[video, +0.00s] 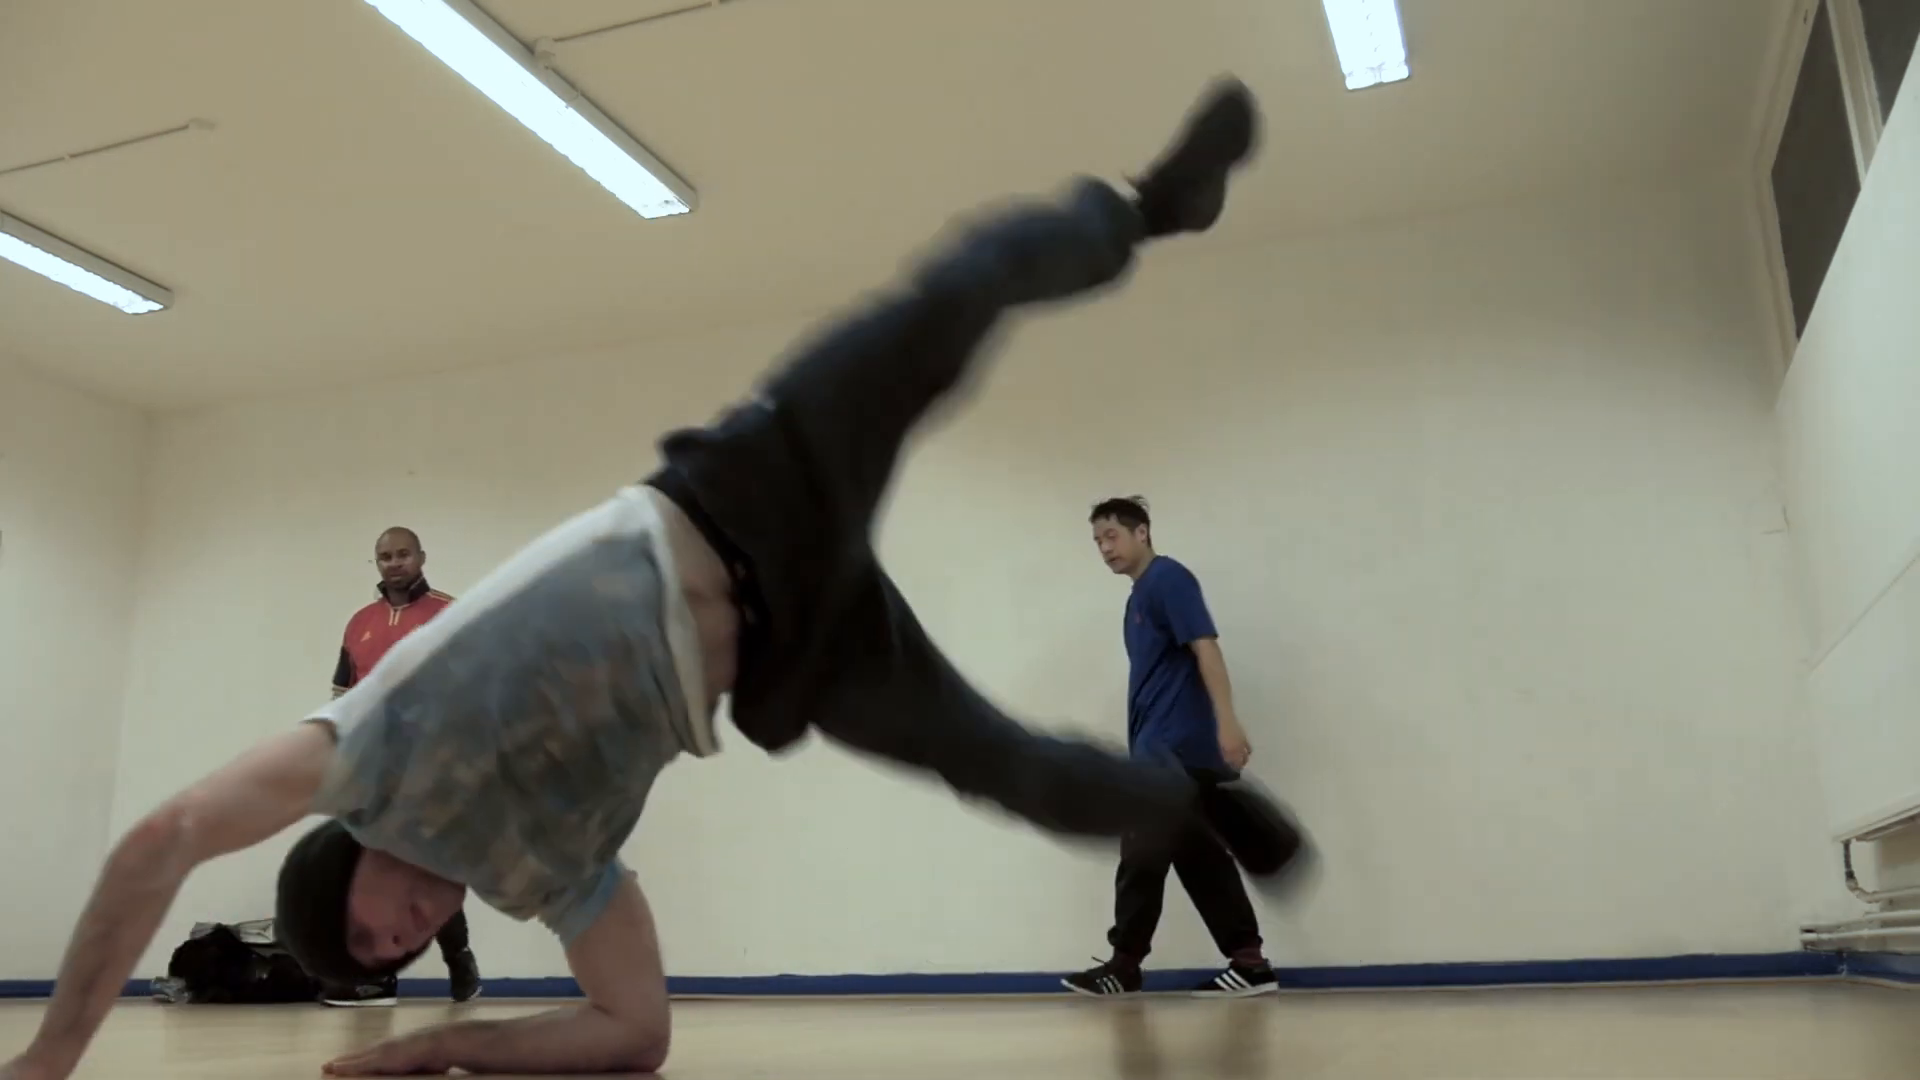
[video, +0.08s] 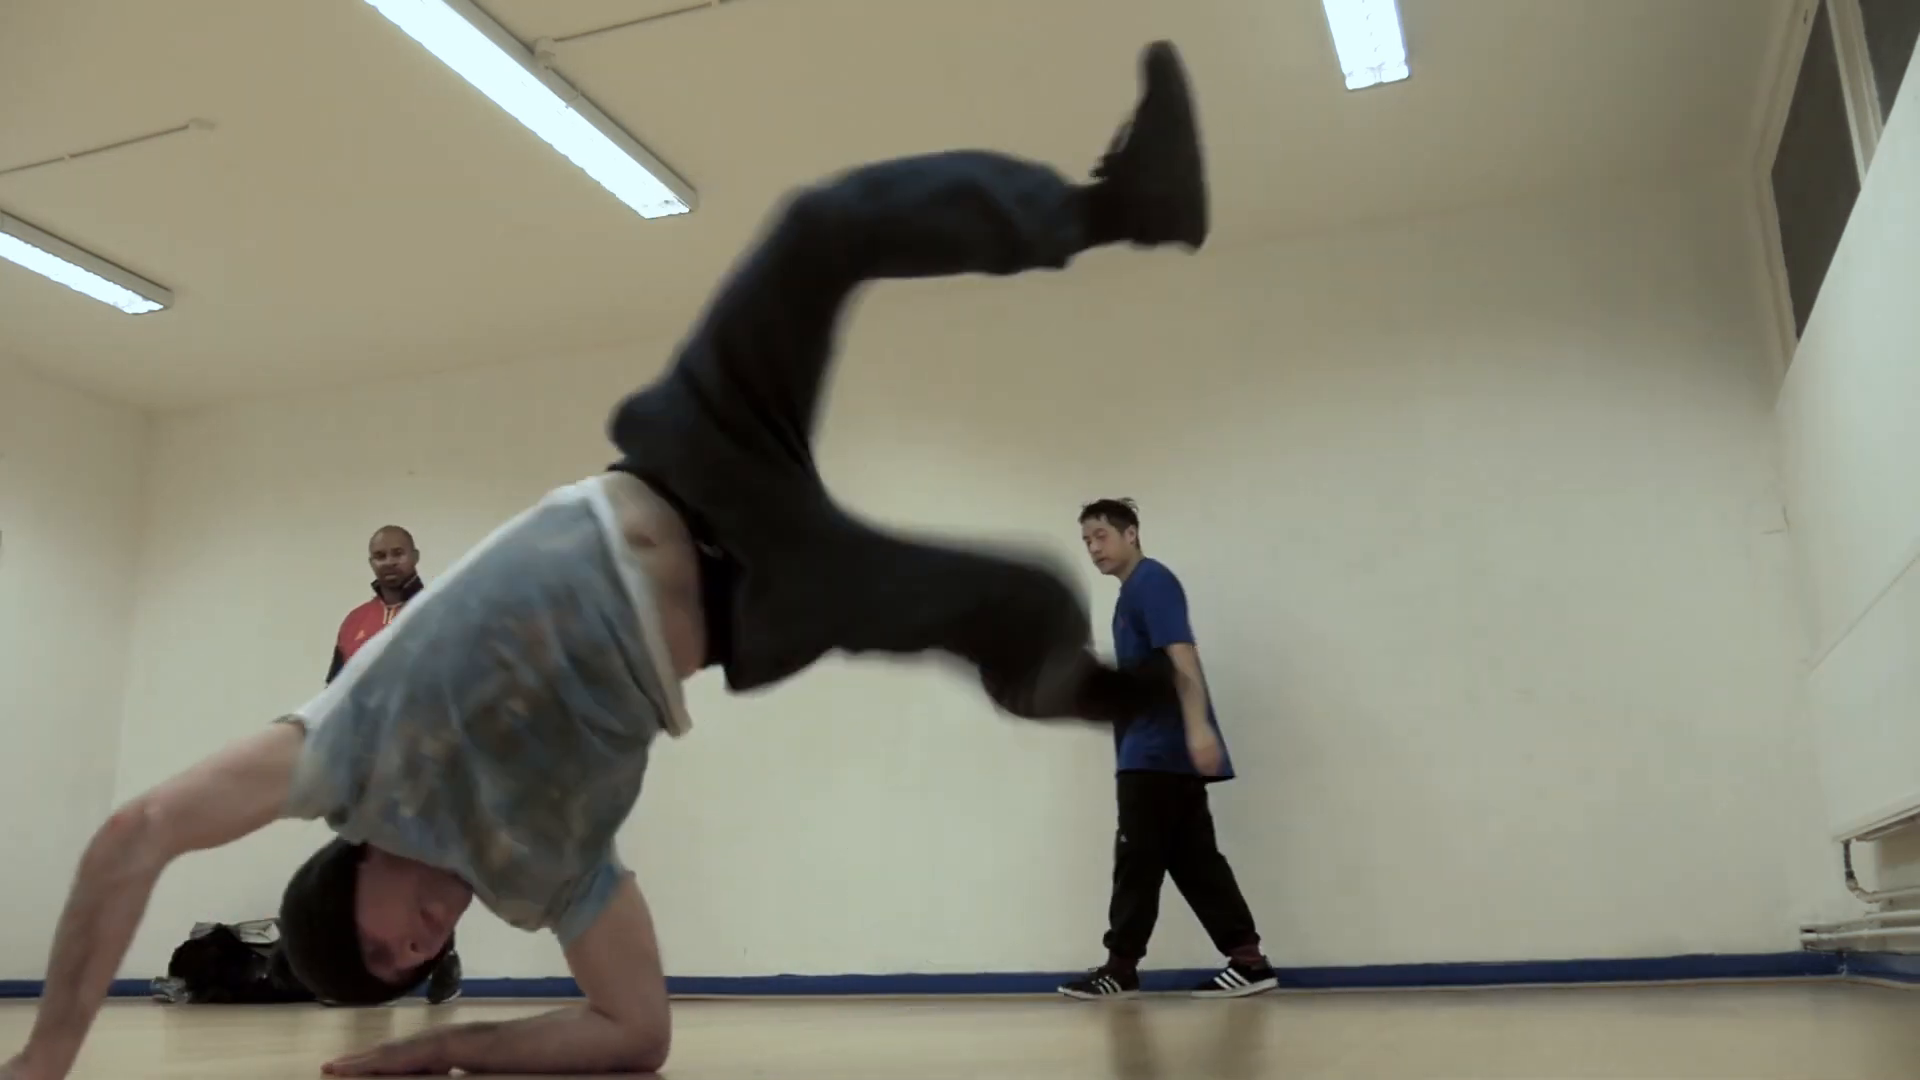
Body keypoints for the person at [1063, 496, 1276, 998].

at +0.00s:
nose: (1105, 547)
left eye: (1112, 536)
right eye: (1099, 541)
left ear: (1142, 533)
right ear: (1100, 547)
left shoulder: (1168, 579)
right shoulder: (1139, 594)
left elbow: (1206, 649)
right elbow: (1156, 673)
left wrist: (1228, 726)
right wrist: (1145, 744)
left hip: (1176, 747)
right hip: (1159, 749)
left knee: (1142, 852)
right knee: (1200, 853)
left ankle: (1125, 967)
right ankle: (1250, 962)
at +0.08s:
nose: (1093, 548)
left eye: (1100, 536)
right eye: (1088, 541)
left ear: (1130, 534)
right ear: (1093, 546)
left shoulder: (1152, 583)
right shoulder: (1132, 592)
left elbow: (1185, 662)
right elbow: (1144, 675)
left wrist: (1199, 733)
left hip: (1156, 754)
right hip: (1154, 755)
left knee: (1137, 862)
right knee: (1195, 860)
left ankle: (1120, 970)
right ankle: (1249, 961)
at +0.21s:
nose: (1076, 545)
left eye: (1084, 534)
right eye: (1070, 538)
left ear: (1113, 533)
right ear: (1072, 543)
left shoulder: (1128, 581)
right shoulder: (1119, 587)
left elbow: (1137, 660)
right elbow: (1119, 683)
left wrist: (1129, 734)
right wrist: (1106, 766)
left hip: (1132, 748)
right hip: (1143, 748)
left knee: (1118, 860)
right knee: (1165, 855)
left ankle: (1117, 970)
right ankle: (1238, 952)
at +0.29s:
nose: (1066, 545)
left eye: (1074, 534)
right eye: (1061, 537)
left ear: (1104, 533)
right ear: (1067, 543)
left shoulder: (1116, 581)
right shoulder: (1110, 585)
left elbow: (1107, 664)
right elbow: (1104, 674)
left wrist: (1073, 739)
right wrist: (1081, 763)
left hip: (1121, 750)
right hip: (1129, 750)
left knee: (1110, 860)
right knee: (1131, 856)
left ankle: (1116, 971)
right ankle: (1218, 939)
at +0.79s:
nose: (996, 559)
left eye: (1001, 547)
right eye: (994, 549)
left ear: (1024, 542)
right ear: (1019, 545)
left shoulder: (1038, 589)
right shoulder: (1026, 595)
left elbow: (1016, 673)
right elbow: (1015, 673)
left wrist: (965, 729)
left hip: (1052, 759)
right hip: (1024, 761)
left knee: (1076, 865)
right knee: (1006, 868)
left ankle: (1114, 968)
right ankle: (991, 970)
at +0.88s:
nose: (959, 560)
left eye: (963, 552)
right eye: (958, 553)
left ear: (987, 547)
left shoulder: (1021, 589)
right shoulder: (984, 600)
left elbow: (1018, 671)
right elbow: (1002, 669)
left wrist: (996, 734)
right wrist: (989, 729)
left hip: (1036, 757)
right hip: (1004, 758)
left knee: (1054, 860)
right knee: (990, 862)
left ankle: (1111, 963)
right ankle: (989, 969)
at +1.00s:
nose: (954, 560)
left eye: (960, 551)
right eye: (952, 553)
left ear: (986, 546)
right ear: (957, 558)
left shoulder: (1008, 593)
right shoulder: (964, 605)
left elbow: (1019, 664)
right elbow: (985, 671)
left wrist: (1029, 724)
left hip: (1012, 751)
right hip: (977, 754)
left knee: (1008, 851)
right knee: (974, 860)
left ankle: (1091, 947)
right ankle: (987, 969)